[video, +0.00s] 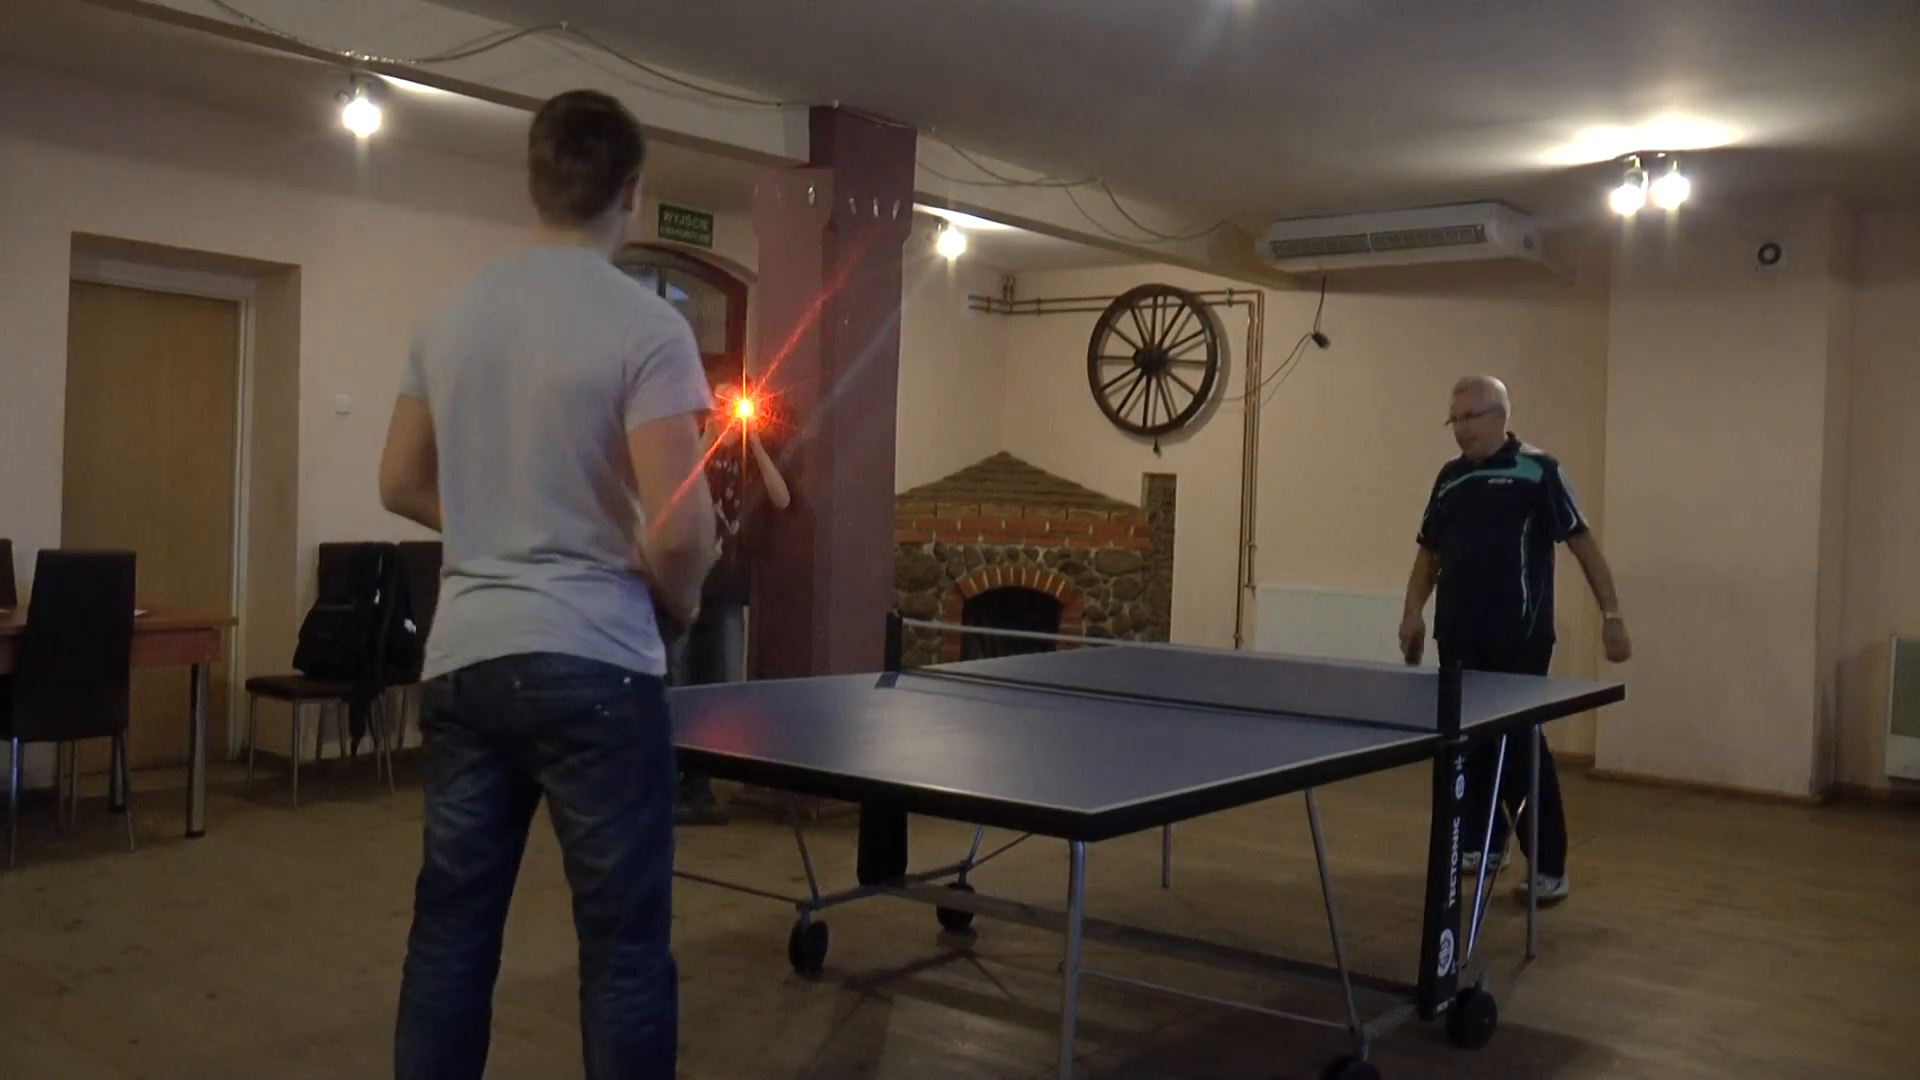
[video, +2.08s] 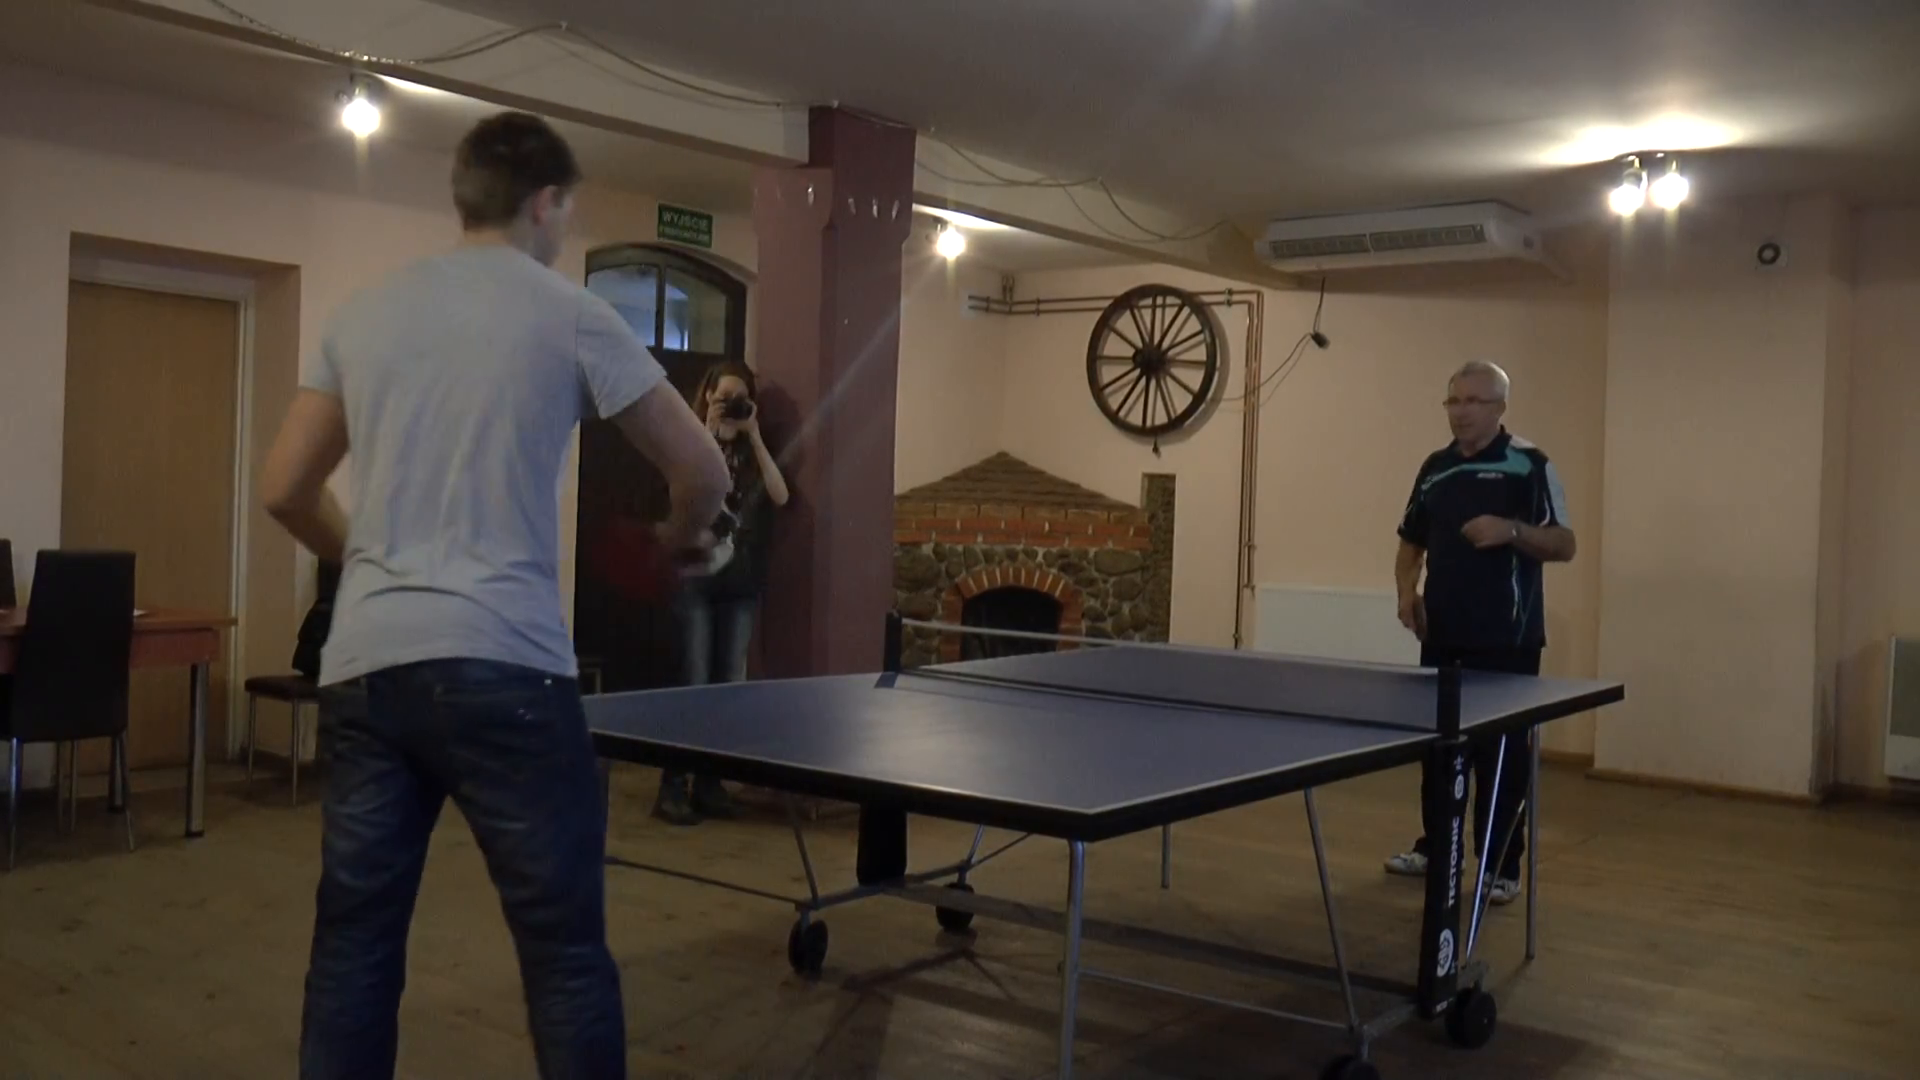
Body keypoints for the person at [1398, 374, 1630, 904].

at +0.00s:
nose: (1459, 428)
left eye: (1469, 418)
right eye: (1453, 419)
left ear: (1501, 418)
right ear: (1451, 421)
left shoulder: (1538, 472)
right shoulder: (1449, 479)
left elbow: (1582, 544)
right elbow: (1429, 553)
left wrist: (1612, 615)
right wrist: (1411, 614)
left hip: (1520, 641)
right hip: (1458, 640)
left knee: (1523, 749)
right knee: (1470, 749)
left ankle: (1548, 867)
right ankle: (1482, 849)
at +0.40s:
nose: (1470, 416)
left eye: (1482, 408)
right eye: (1468, 407)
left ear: (1517, 411)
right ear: (1471, 410)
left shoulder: (1549, 471)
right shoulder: (1468, 465)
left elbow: (1563, 564)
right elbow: (1432, 516)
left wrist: (1535, 633)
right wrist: (1398, 540)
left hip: (1520, 640)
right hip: (1465, 632)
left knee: (1517, 754)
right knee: (1461, 746)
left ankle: (1537, 871)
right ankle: (1469, 843)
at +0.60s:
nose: (1466, 405)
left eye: (1480, 398)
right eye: (1465, 396)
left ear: (1512, 411)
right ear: (1468, 402)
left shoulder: (1530, 471)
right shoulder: (1471, 460)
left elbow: (1526, 562)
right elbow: (1451, 512)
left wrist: (1458, 608)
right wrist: (1401, 518)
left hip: (1517, 642)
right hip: (1471, 632)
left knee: (1514, 759)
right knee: (1451, 741)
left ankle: (1539, 873)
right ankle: (1436, 842)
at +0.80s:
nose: (1455, 411)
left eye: (1469, 404)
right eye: (1451, 401)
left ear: (1500, 413)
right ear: (1447, 405)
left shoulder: (1518, 472)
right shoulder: (1451, 464)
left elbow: (1523, 565)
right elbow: (1442, 542)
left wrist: (1468, 627)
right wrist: (1404, 586)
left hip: (1506, 645)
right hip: (1454, 637)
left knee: (1510, 760)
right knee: (1445, 747)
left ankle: (1537, 871)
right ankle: (1437, 846)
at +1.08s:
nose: (1437, 411)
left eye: (1451, 403)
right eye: (1433, 401)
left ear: (1478, 410)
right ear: (1428, 406)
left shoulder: (1500, 468)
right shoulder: (1426, 460)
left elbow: (1502, 547)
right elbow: (1416, 540)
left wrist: (1463, 595)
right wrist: (1403, 609)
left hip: (1494, 635)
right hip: (1437, 628)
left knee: (1504, 752)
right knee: (1436, 742)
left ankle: (1527, 867)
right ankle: (1435, 844)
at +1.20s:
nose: (1436, 414)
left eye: (1448, 405)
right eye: (1430, 404)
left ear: (1477, 410)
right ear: (1425, 409)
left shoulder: (1496, 460)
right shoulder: (1424, 462)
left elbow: (1487, 513)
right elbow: (1406, 536)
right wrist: (1382, 599)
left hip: (1491, 632)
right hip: (1433, 629)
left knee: (1503, 753)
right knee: (1436, 744)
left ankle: (1527, 867)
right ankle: (1435, 843)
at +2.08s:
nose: (1459, 411)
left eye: (1472, 402)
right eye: (1453, 401)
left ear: (1500, 409)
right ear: (1446, 406)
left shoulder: (1531, 466)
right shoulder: (1435, 468)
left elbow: (1564, 544)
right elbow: (1411, 541)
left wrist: (1512, 531)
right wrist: (1406, 591)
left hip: (1509, 639)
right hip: (1445, 635)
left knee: (1504, 754)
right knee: (1438, 746)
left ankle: (1501, 866)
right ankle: (1436, 846)